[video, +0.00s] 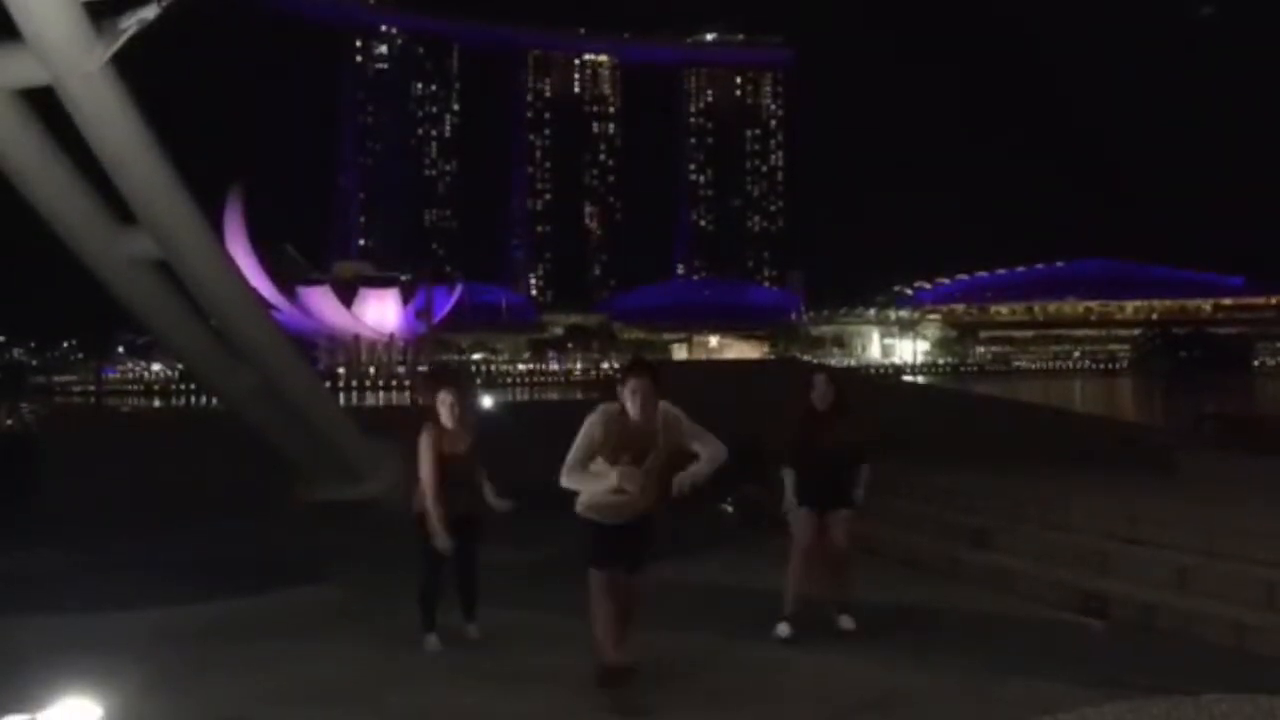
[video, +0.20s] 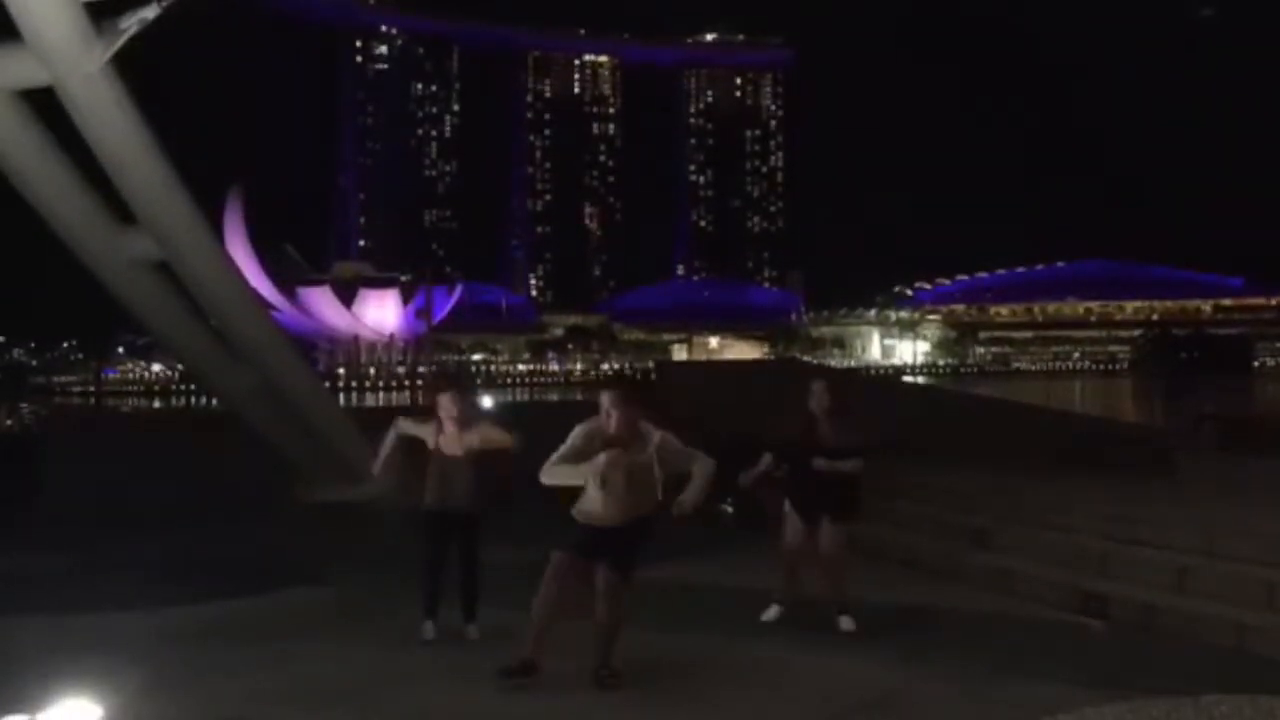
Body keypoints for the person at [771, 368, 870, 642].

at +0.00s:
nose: (820, 394)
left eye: (825, 388)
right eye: (816, 388)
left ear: (834, 391)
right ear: (810, 391)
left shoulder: (847, 422)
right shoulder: (800, 422)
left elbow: (862, 461)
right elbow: (789, 464)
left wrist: (859, 492)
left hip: (839, 495)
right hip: (806, 495)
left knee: (841, 552)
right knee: (800, 552)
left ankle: (843, 610)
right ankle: (788, 615)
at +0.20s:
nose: (817, 400)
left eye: (822, 394)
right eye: (813, 394)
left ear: (832, 398)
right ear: (808, 398)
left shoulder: (843, 428)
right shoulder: (799, 427)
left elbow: (856, 464)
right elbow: (773, 456)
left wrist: (829, 465)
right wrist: (753, 474)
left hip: (834, 498)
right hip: (800, 495)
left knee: (831, 554)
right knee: (789, 549)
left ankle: (841, 609)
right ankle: (781, 602)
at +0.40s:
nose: (797, 393)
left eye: (802, 387)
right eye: (794, 387)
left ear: (814, 389)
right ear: (790, 389)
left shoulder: (827, 416)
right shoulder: (785, 415)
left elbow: (849, 449)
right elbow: (758, 439)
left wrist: (833, 477)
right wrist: (764, 465)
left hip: (817, 484)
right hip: (789, 481)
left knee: (803, 538)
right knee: (787, 540)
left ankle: (824, 599)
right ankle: (794, 600)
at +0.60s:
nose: (786, 410)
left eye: (791, 406)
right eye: (786, 405)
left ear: (807, 409)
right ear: (787, 407)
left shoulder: (825, 432)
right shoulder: (784, 432)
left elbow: (856, 427)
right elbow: (740, 443)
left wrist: (857, 448)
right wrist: (768, 427)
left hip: (817, 498)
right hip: (794, 495)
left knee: (767, 531)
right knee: (793, 547)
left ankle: (759, 600)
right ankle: (797, 604)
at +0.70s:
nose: (789, 406)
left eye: (795, 401)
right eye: (788, 400)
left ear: (809, 404)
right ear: (786, 403)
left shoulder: (822, 429)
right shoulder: (789, 431)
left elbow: (855, 434)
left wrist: (847, 456)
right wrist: (762, 437)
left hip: (818, 491)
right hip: (791, 488)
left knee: (780, 537)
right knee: (771, 532)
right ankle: (793, 600)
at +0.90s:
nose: (803, 388)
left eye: (808, 382)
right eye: (799, 382)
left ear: (818, 387)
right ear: (794, 386)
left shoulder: (830, 420)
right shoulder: (787, 417)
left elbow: (847, 455)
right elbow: (755, 445)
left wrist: (854, 486)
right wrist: (775, 432)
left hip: (821, 491)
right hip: (786, 490)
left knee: (816, 551)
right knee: (780, 548)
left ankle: (820, 611)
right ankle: (786, 600)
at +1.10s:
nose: (810, 394)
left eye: (816, 388)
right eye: (807, 388)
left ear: (827, 392)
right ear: (801, 391)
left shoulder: (838, 423)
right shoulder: (792, 419)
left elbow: (863, 449)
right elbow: (773, 451)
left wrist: (880, 473)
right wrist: (809, 452)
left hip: (829, 498)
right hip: (793, 497)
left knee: (824, 559)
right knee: (787, 555)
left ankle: (823, 614)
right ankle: (772, 614)